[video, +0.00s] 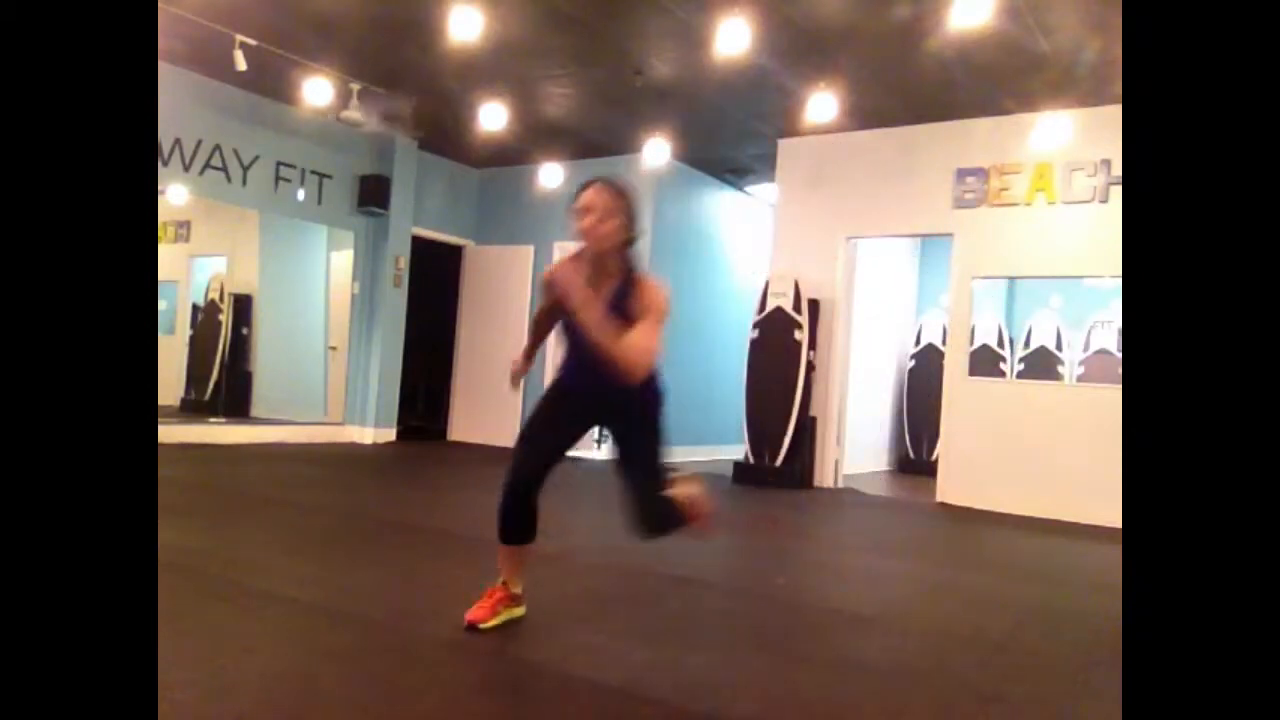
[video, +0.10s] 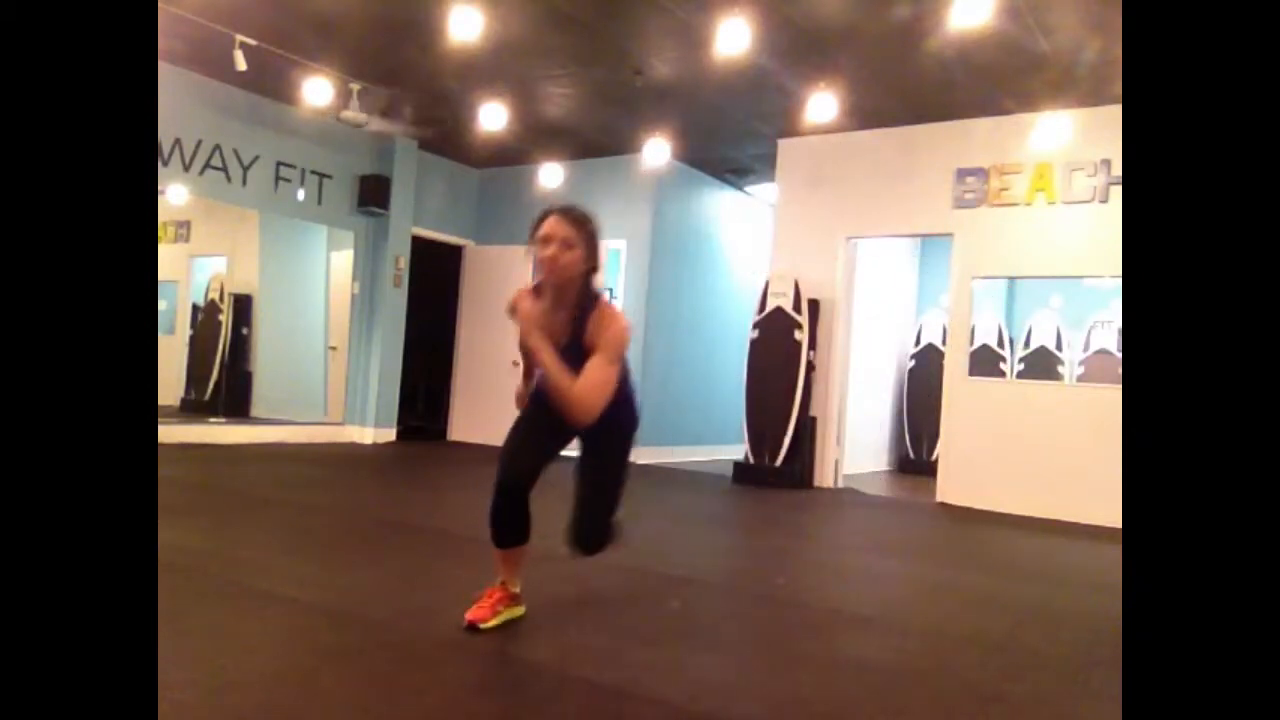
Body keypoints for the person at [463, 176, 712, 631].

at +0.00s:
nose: (590, 223)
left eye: (602, 215)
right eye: (583, 214)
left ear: (626, 225)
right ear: (575, 222)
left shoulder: (647, 293)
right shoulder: (564, 277)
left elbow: (634, 364)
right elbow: (547, 318)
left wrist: (581, 299)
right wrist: (528, 356)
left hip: (632, 399)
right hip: (575, 390)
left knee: (650, 518)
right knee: (521, 478)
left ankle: (689, 500)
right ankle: (510, 590)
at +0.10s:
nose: (550, 253)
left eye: (565, 245)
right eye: (543, 243)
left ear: (589, 259)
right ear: (533, 252)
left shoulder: (610, 324)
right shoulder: (526, 303)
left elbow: (583, 408)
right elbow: (529, 343)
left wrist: (536, 338)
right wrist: (525, 384)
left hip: (608, 413)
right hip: (553, 401)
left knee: (585, 539)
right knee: (510, 483)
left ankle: (608, 523)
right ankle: (508, 590)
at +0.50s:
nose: (584, 220)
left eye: (597, 211)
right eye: (577, 209)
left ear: (621, 223)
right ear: (568, 219)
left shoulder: (639, 287)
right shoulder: (556, 280)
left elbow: (610, 369)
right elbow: (516, 351)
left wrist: (573, 293)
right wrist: (463, 382)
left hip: (630, 401)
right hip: (574, 388)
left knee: (595, 498)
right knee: (518, 477)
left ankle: (604, 531)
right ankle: (511, 590)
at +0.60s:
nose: (647, 181)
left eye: (660, 172)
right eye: (639, 170)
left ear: (679, 184)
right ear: (626, 180)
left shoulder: (692, 246)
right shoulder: (606, 235)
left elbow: (694, 298)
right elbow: (555, 296)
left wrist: (635, 247)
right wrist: (547, 283)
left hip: (665, 380)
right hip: (606, 372)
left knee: (685, 474)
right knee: (542, 475)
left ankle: (721, 526)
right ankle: (514, 588)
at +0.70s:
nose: (713, 140)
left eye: (725, 130)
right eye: (703, 130)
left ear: (743, 145)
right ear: (687, 144)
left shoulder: (761, 207)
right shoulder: (664, 199)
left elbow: (808, 251)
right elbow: (611, 271)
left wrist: (719, 229)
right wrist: (639, 237)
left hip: (726, 354)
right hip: (662, 350)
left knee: (776, 456)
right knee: (594, 455)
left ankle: (832, 562)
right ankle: (520, 566)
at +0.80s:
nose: (771, 141)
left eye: (782, 130)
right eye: (760, 131)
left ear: (802, 145)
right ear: (744, 145)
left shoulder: (831, 206)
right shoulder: (722, 205)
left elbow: (910, 260)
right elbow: (672, 289)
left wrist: (837, 269)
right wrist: (698, 243)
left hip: (792, 358)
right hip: (723, 352)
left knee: (846, 465)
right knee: (646, 443)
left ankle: (914, 587)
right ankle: (576, 535)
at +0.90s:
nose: (828, 176)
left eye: (838, 164)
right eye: (815, 167)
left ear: (858, 173)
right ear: (797, 178)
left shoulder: (886, 238)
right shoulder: (782, 247)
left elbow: (961, 300)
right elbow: (744, 329)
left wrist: (953, 371)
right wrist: (775, 285)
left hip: (848, 385)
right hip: (780, 380)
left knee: (896, 503)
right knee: (734, 443)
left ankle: (951, 636)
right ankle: (678, 503)